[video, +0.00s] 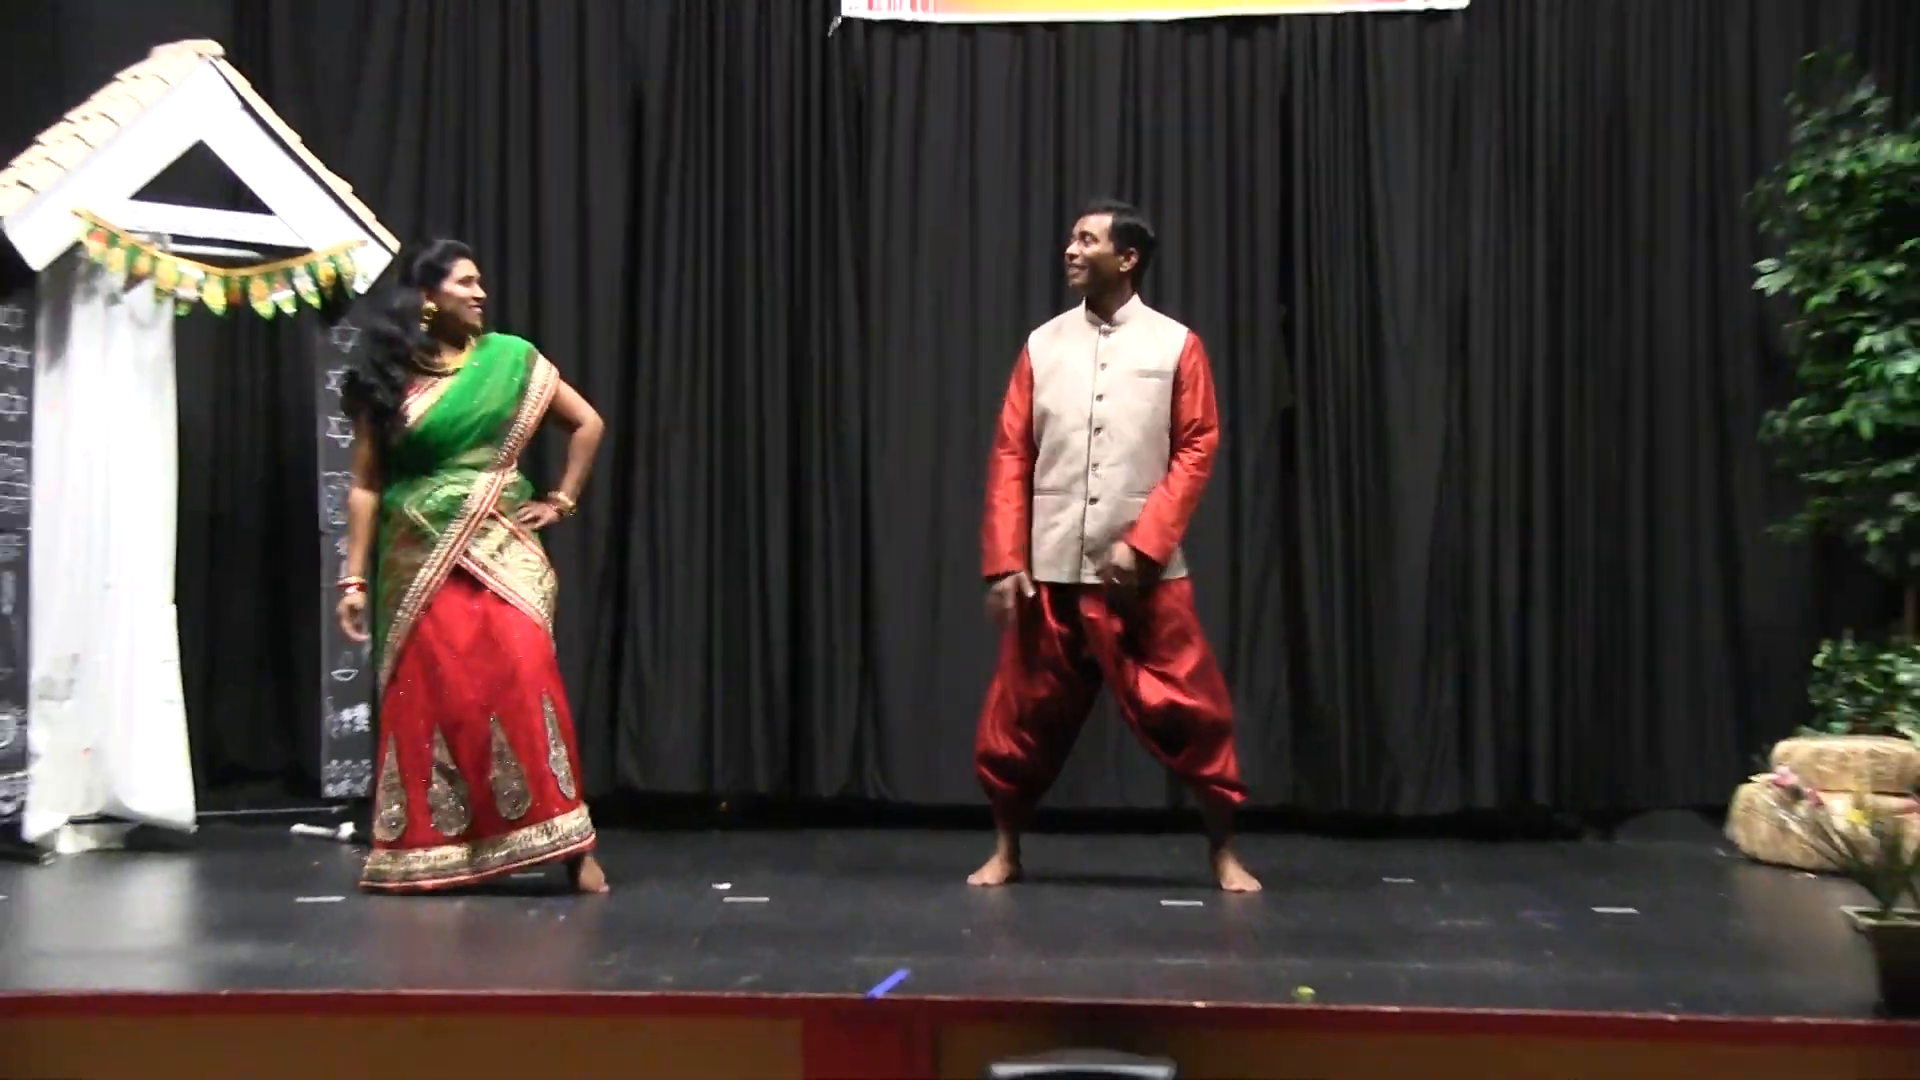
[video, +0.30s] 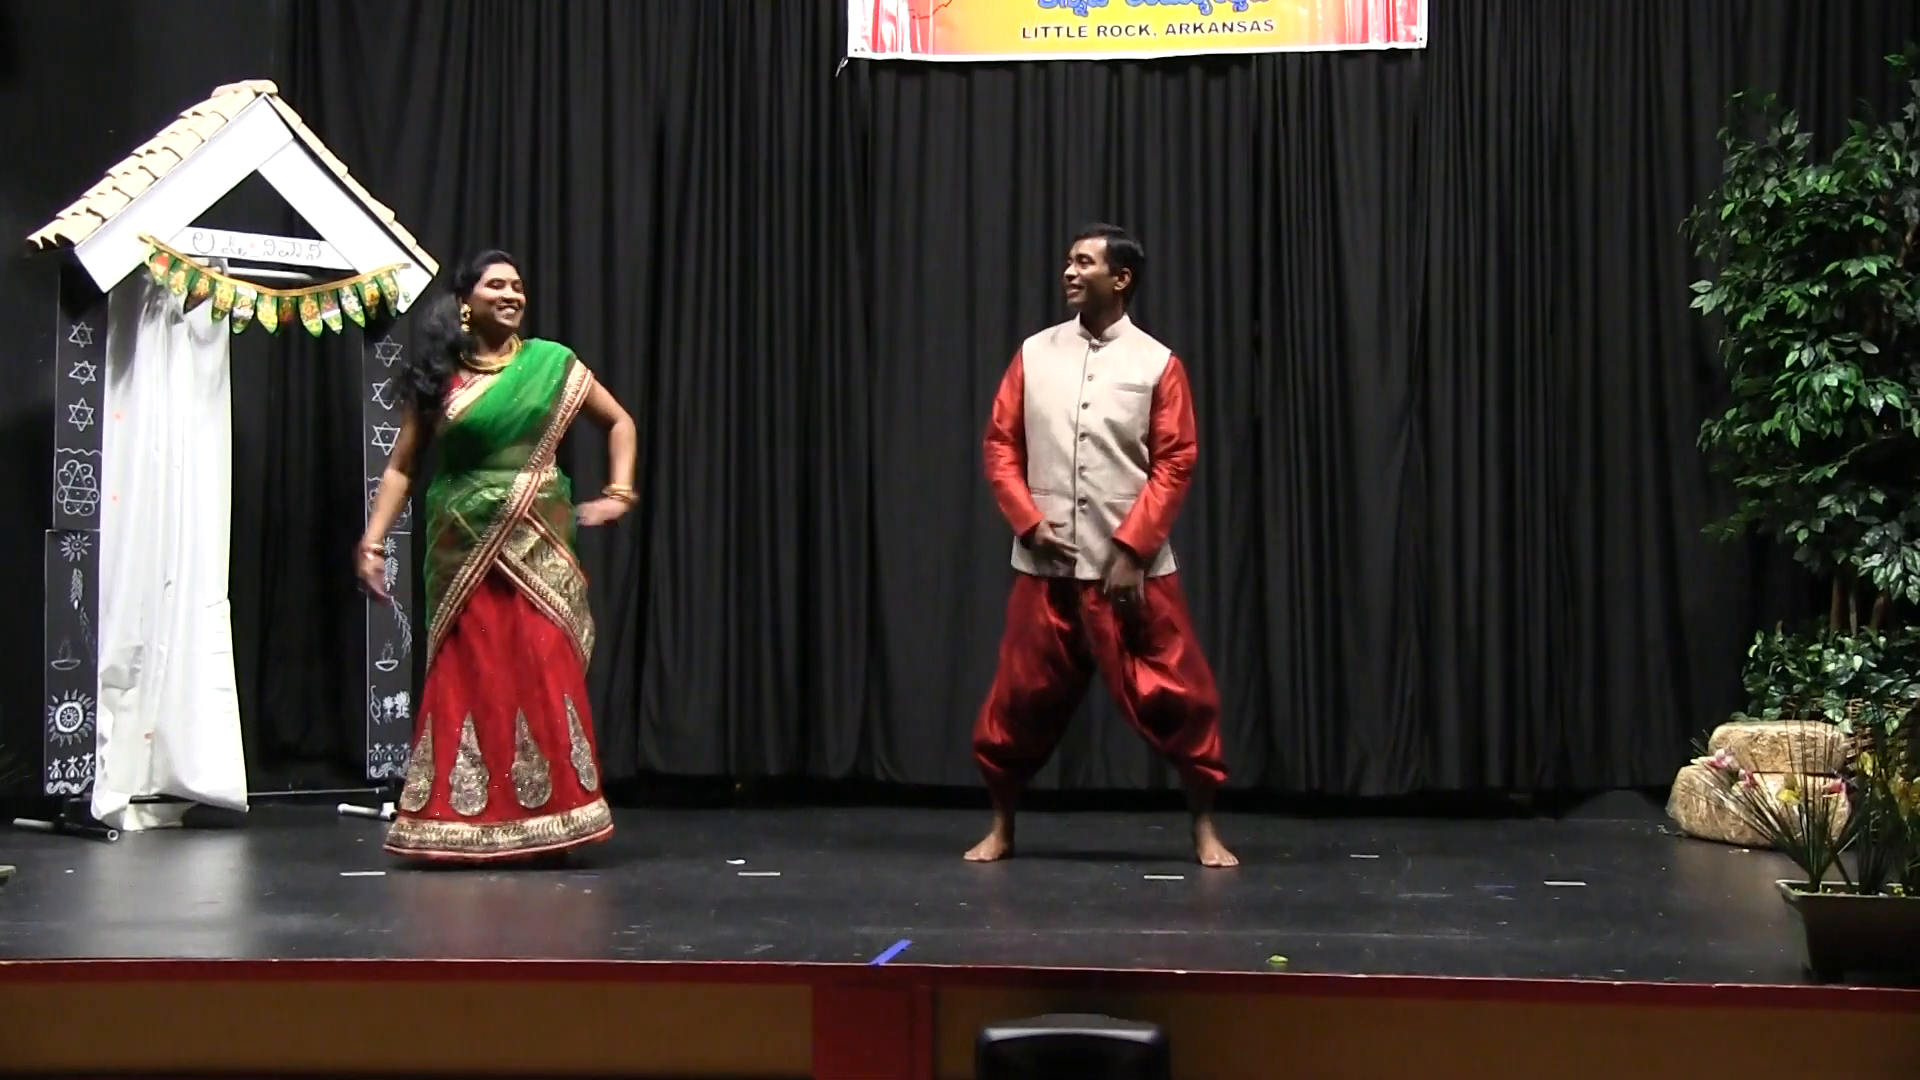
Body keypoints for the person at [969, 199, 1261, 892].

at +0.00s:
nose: (1071, 250)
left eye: (1087, 240)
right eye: (1071, 239)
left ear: (1129, 256)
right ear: (1073, 254)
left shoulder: (1176, 344)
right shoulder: (1041, 345)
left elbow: (1198, 448)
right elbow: (1011, 453)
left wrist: (1147, 542)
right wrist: (1005, 559)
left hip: (1143, 571)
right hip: (1049, 571)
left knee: (1196, 711)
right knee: (1018, 715)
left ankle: (1224, 855)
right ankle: (1004, 852)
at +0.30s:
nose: (1069, 271)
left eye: (1084, 262)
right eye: (1068, 262)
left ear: (1122, 278)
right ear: (1068, 276)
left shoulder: (1159, 364)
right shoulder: (1035, 353)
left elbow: (1175, 463)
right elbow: (1000, 444)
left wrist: (1133, 549)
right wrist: (1029, 522)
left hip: (1133, 568)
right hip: (1045, 566)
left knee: (1182, 697)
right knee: (1017, 698)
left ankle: (1205, 832)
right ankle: (1000, 829)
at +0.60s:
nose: (1065, 275)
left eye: (1079, 265)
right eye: (1064, 266)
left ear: (1119, 278)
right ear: (1069, 280)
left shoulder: (1166, 364)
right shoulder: (1039, 363)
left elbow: (1187, 460)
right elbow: (1011, 461)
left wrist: (1131, 535)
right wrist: (1019, 553)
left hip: (1139, 572)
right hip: (1049, 575)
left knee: (1178, 700)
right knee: (1011, 701)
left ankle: (1201, 833)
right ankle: (997, 829)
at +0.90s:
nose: (1069, 276)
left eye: (1083, 267)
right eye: (1064, 268)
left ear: (1116, 281)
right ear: (1055, 282)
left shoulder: (1152, 362)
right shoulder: (1026, 364)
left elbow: (1181, 463)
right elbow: (1005, 465)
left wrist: (1150, 560)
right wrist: (1011, 558)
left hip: (1127, 575)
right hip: (1045, 577)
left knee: (1172, 701)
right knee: (1043, 713)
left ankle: (1194, 831)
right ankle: (1063, 830)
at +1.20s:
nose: (1061, 258)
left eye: (1075, 250)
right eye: (1052, 248)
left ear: (1096, 266)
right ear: (1036, 261)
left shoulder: (1128, 340)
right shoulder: (1000, 346)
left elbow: (1164, 429)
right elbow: (959, 439)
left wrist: (1129, 492)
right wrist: (970, 523)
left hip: (1119, 541)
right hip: (1036, 546)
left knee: (1113, 665)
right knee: (1037, 688)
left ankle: (1108, 816)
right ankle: (1055, 821)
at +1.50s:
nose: (1058, 318)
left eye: (1070, 307)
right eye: (1047, 307)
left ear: (1093, 321)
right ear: (1032, 321)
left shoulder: (1130, 401)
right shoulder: (998, 407)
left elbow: (1171, 490)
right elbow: (964, 503)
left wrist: (1131, 540)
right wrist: (1006, 513)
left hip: (1118, 593)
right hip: (1042, 595)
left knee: (1098, 701)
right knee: (1032, 713)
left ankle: (1097, 853)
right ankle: (1059, 821)